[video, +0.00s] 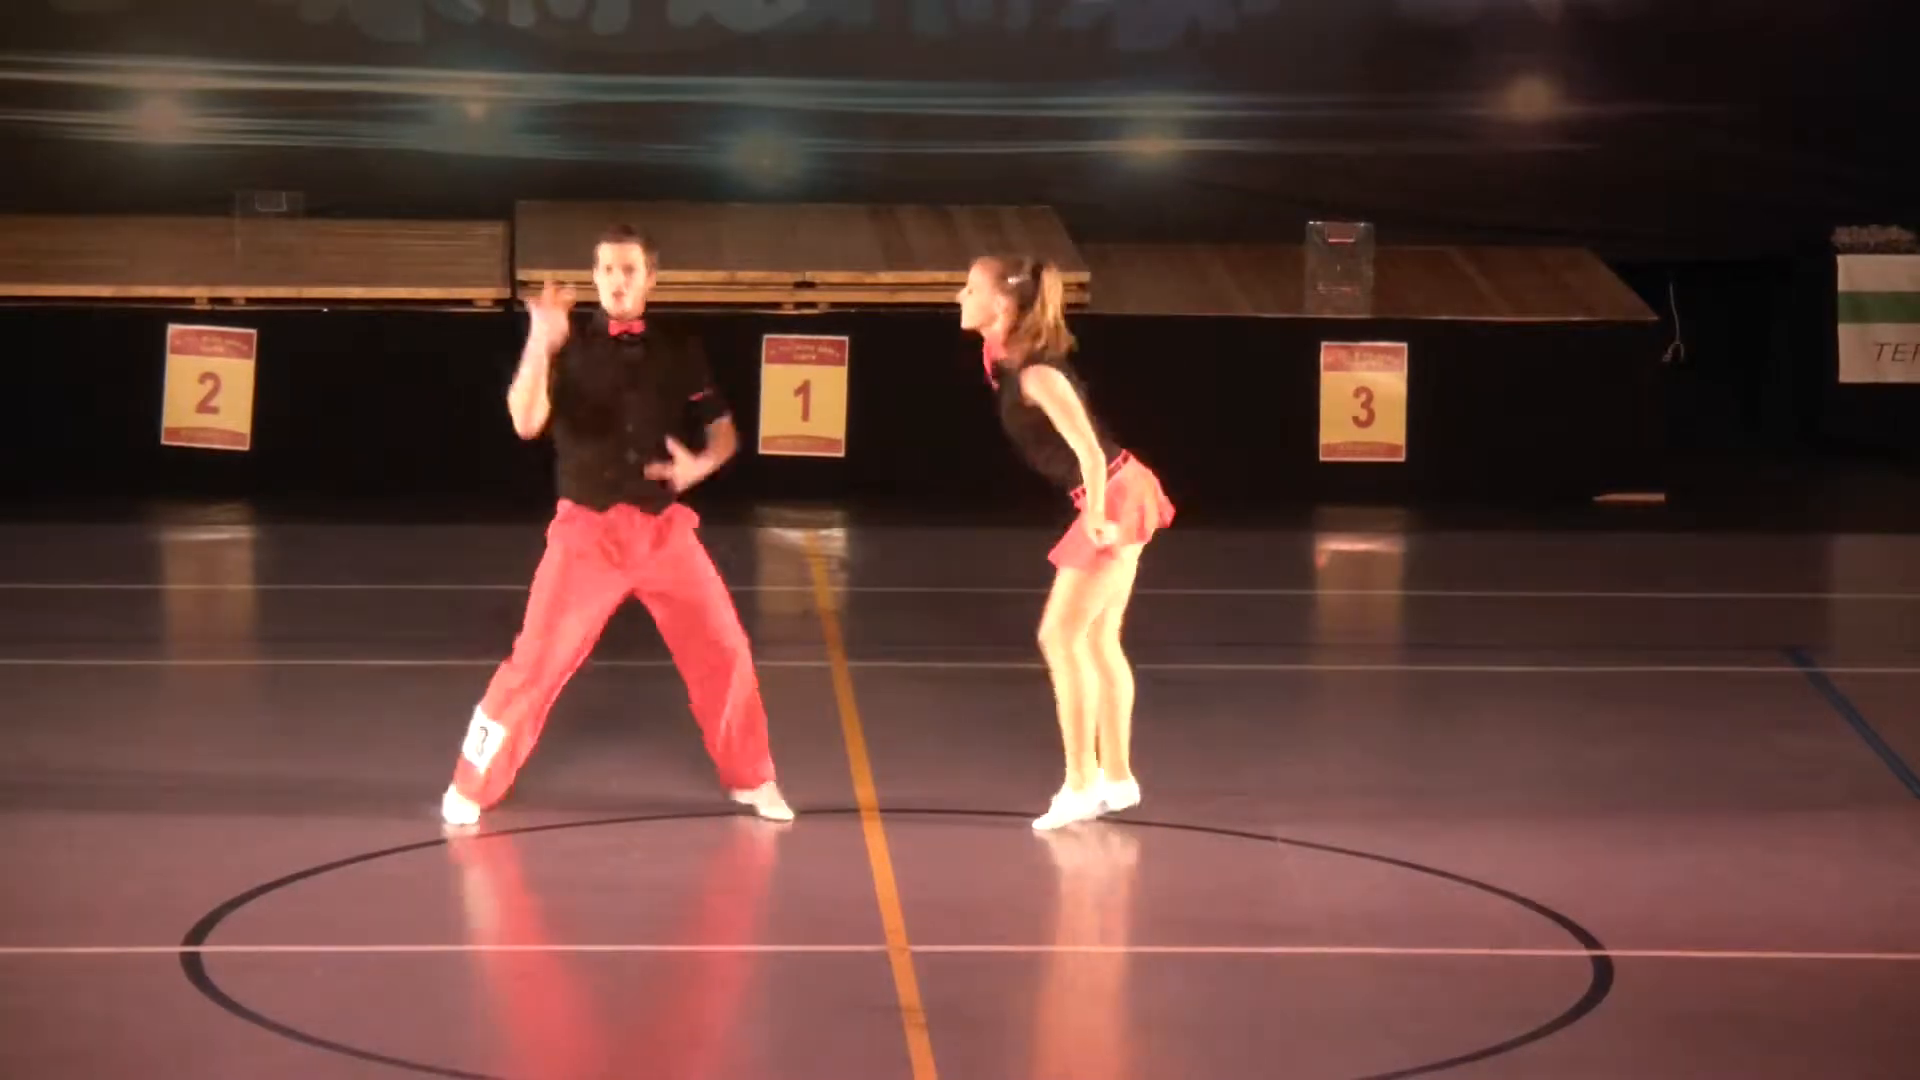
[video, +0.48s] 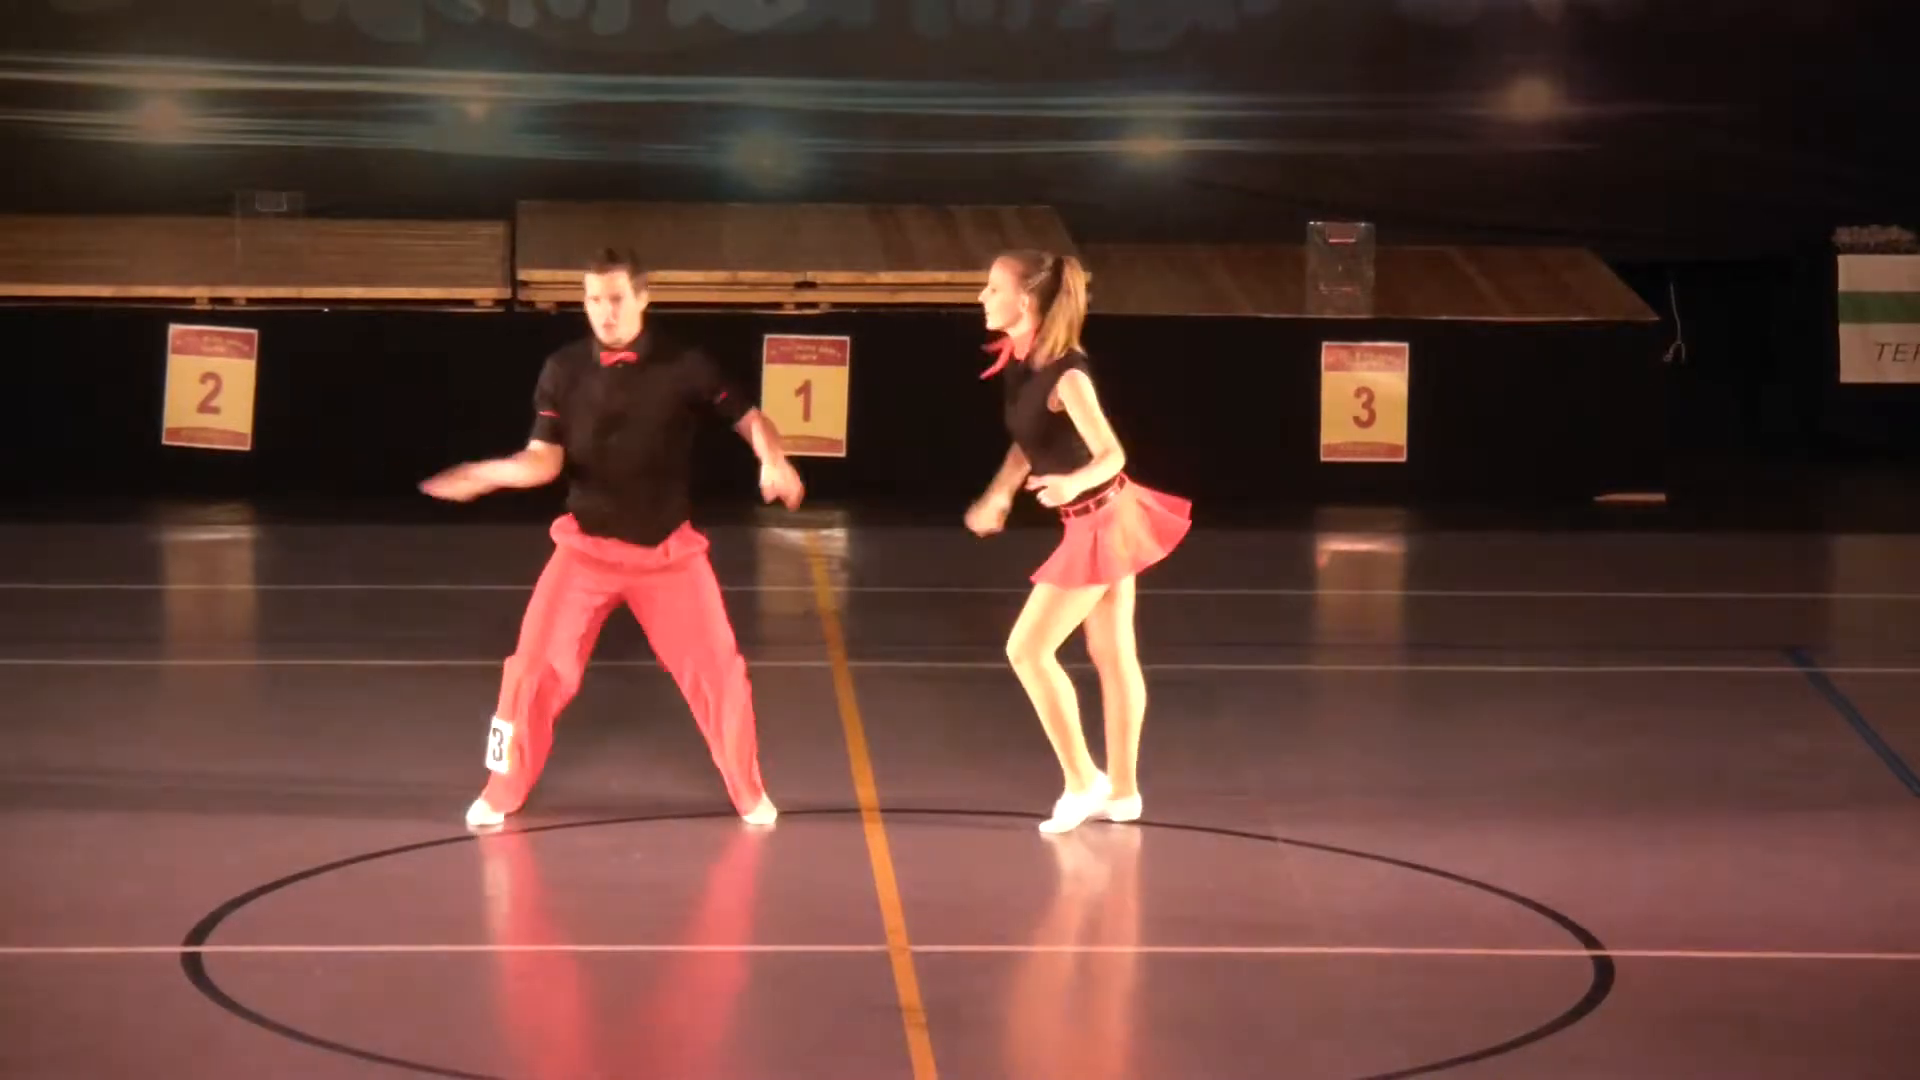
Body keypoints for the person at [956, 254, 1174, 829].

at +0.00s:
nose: (961, 299)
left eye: (971, 290)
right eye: (965, 289)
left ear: (1005, 302)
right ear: (1001, 302)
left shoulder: (1038, 375)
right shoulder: (1017, 364)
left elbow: (1091, 449)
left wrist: (1094, 518)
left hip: (1112, 503)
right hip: (1122, 498)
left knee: (1058, 635)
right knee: (1102, 639)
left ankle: (1082, 780)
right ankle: (1118, 776)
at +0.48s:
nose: (982, 298)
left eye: (994, 288)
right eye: (985, 287)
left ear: (1030, 301)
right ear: (1025, 303)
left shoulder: (1068, 376)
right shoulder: (1023, 368)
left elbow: (1111, 455)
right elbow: (1026, 445)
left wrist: (1070, 484)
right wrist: (998, 496)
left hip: (1103, 527)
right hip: (1100, 523)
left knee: (1028, 650)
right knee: (1115, 656)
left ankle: (1083, 780)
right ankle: (1124, 790)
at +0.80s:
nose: (1092, 309)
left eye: (1107, 301)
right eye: (1087, 292)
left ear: (1120, 309)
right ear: (1070, 287)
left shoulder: (1096, 366)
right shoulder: (1064, 345)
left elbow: (1140, 445)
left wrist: (1082, 504)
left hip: (1067, 526)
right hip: (1046, 521)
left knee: (1075, 664)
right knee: (973, 623)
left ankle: (1096, 798)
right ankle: (1027, 748)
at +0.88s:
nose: (1096, 315)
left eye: (1111, 308)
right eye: (1091, 299)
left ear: (1124, 314)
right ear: (1073, 289)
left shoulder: (1102, 368)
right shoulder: (1067, 345)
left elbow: (1147, 450)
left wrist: (1085, 507)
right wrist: (1040, 485)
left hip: (1069, 525)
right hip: (1039, 521)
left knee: (1079, 665)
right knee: (970, 627)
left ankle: (1096, 797)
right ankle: (1030, 748)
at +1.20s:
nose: (1095, 290)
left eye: (1110, 281)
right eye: (1089, 274)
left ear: (1125, 287)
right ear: (1073, 270)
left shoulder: (1116, 350)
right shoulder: (1057, 324)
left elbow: (1153, 437)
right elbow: (996, 331)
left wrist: (1113, 470)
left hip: (1088, 506)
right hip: (1047, 502)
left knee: (1056, 642)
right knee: (1000, 623)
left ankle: (1085, 778)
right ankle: (1060, 760)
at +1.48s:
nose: (1103, 318)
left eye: (1118, 310)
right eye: (1099, 304)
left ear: (1135, 318)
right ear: (1083, 299)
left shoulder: (1129, 385)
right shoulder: (1070, 342)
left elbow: (1159, 482)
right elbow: (1036, 263)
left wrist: (1199, 569)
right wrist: (1017, 179)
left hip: (1091, 537)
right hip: (1068, 532)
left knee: (985, 641)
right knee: (1116, 661)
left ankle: (1025, 768)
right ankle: (1142, 793)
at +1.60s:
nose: (1104, 294)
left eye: (1119, 286)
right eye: (1099, 280)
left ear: (1146, 295)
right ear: (1088, 278)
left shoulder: (1141, 359)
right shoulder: (1082, 320)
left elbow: (1163, 439)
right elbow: (1022, 271)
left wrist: (1174, 509)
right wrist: (988, 203)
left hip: (1090, 511)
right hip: (1063, 506)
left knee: (1008, 634)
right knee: (1093, 648)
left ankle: (1033, 769)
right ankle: (1128, 775)